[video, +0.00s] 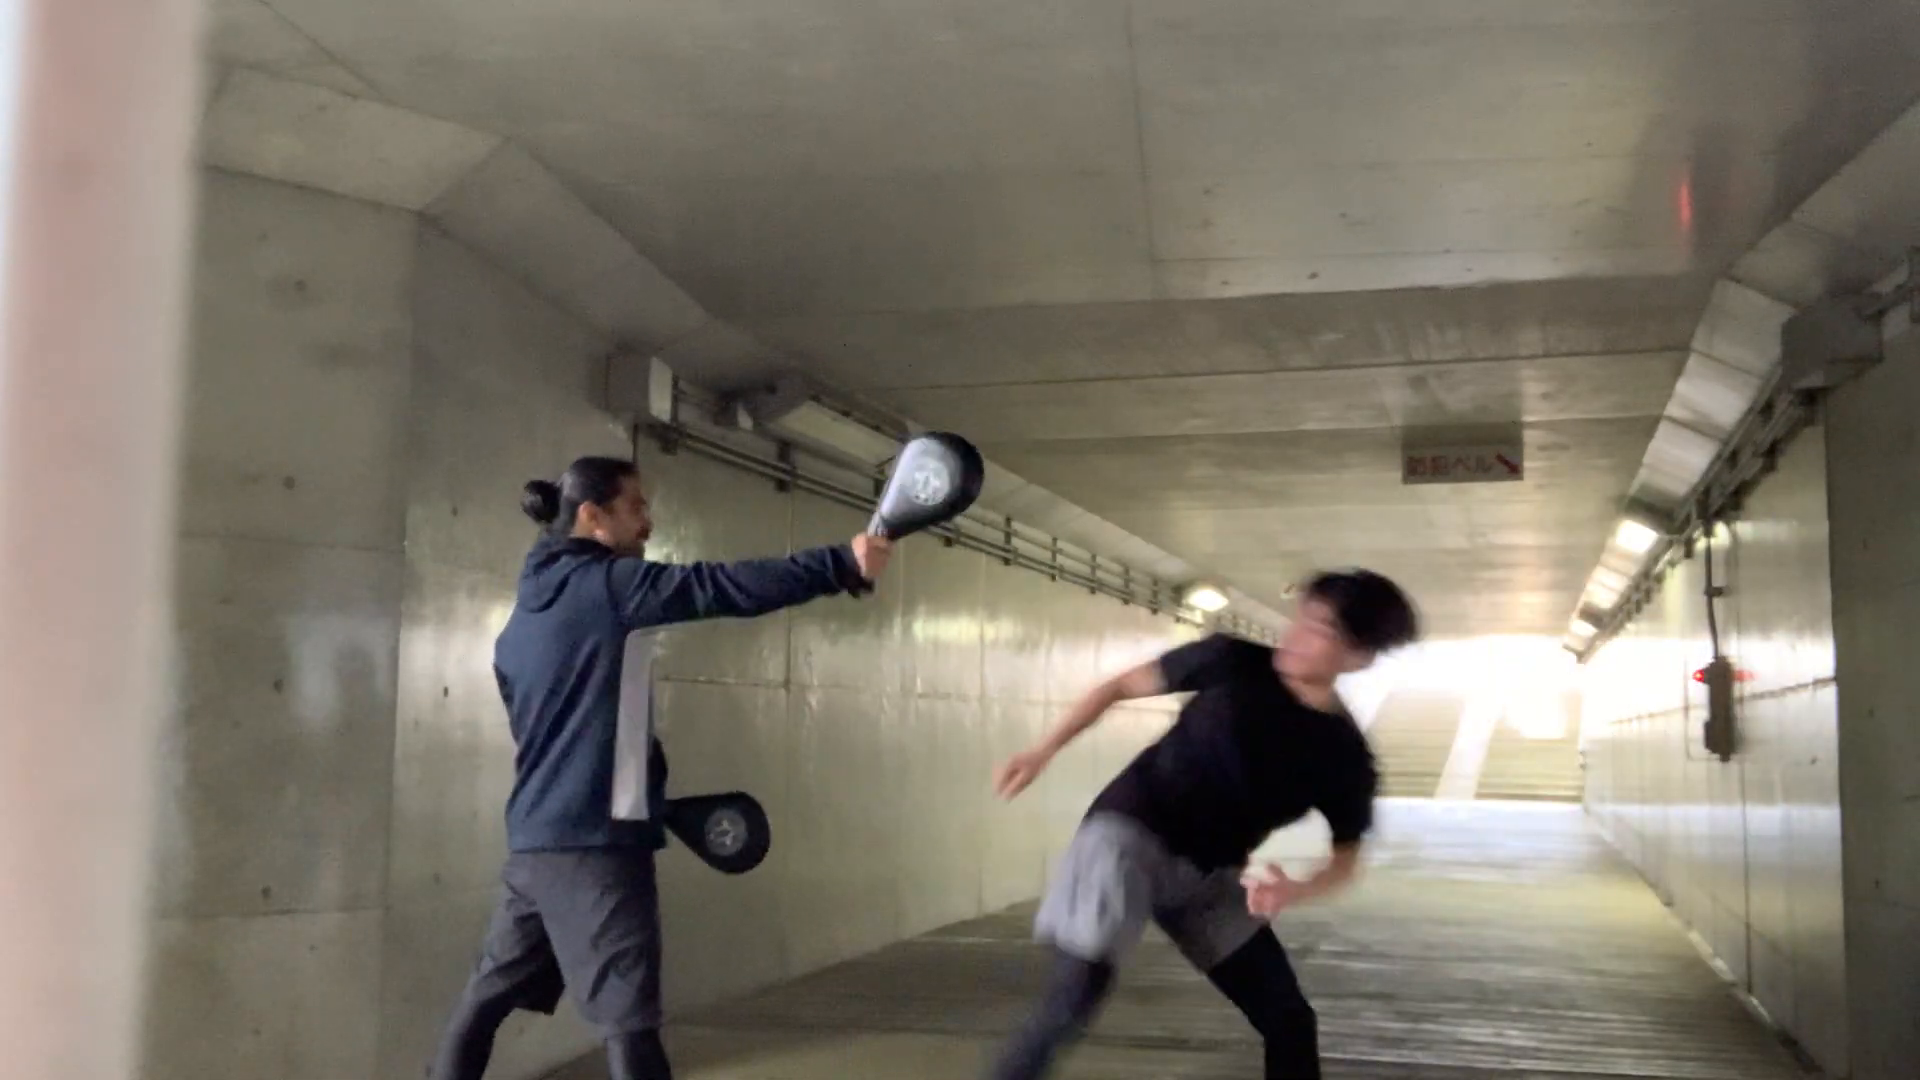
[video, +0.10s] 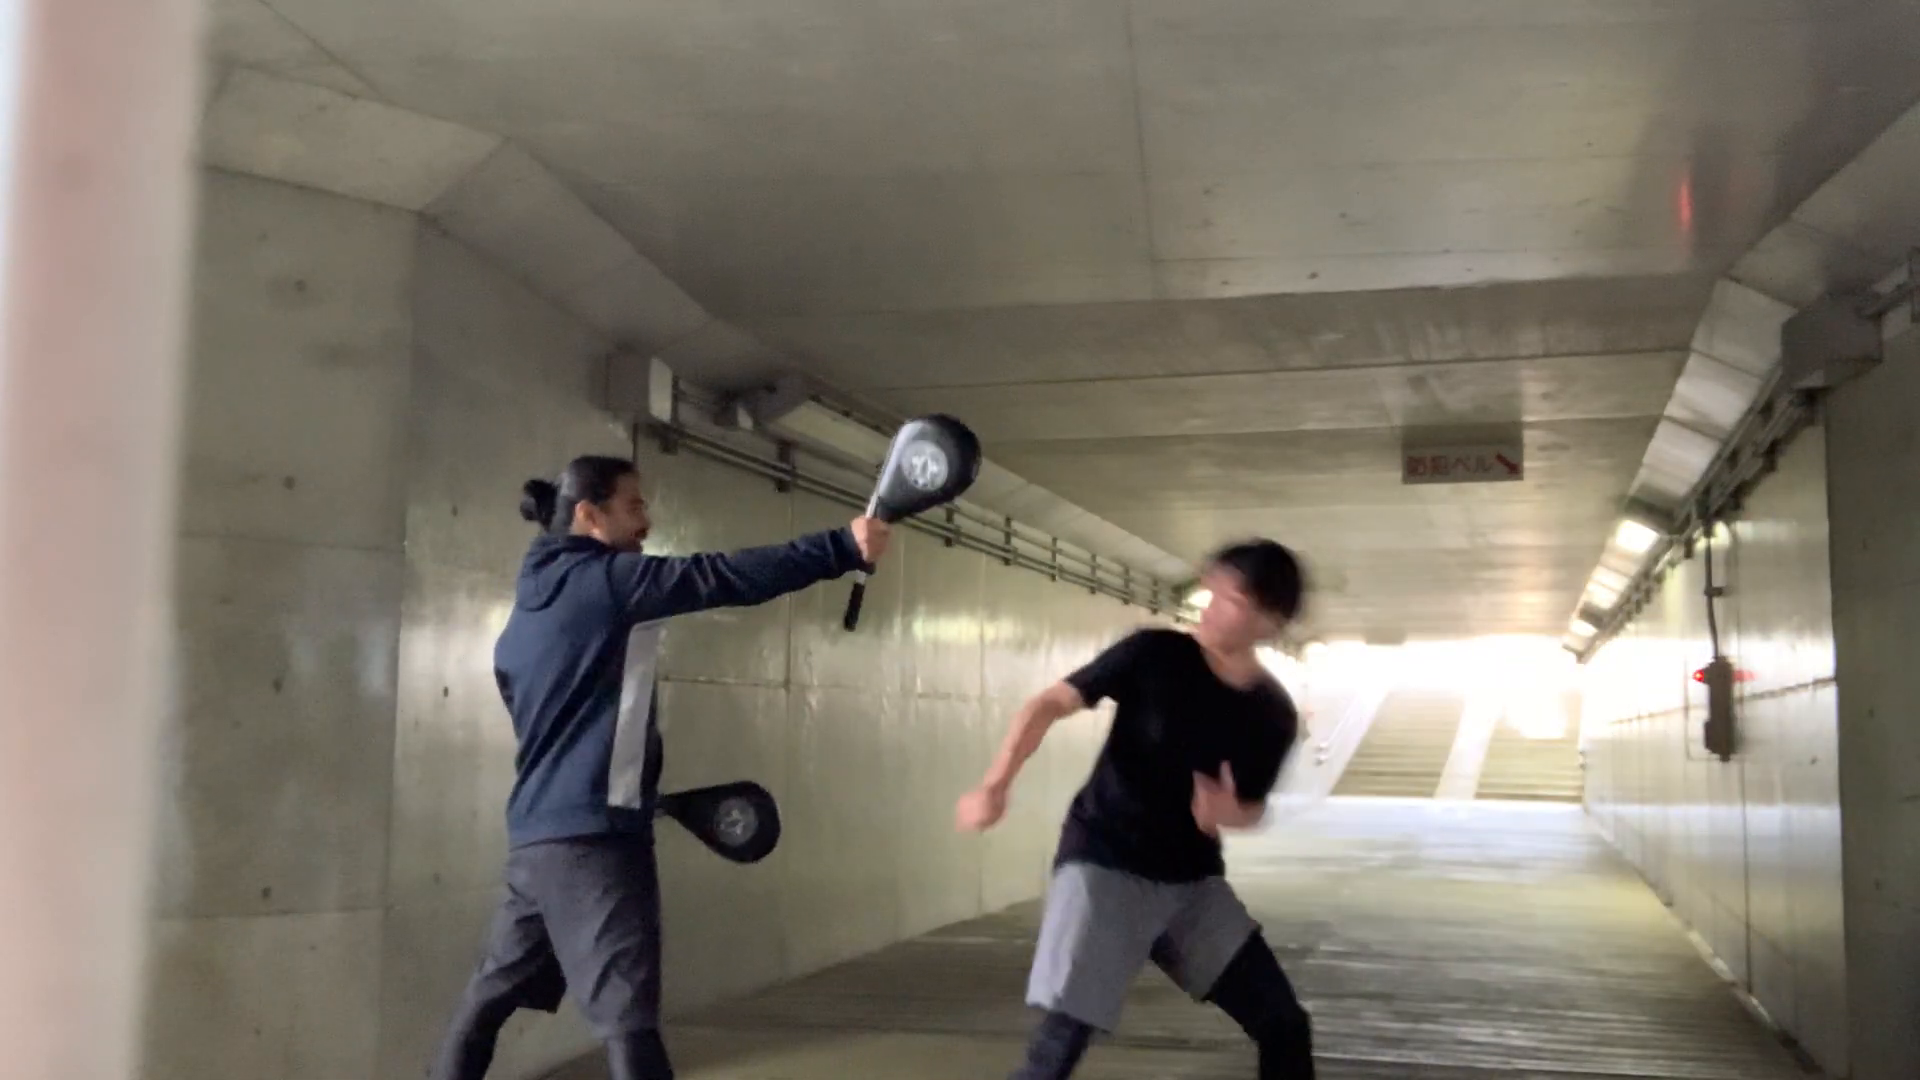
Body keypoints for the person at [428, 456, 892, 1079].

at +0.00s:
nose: (648, 521)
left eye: (645, 506)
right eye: (637, 506)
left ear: (585, 518)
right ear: (592, 515)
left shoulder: (518, 628)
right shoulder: (611, 583)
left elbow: (550, 740)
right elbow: (721, 586)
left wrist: (640, 789)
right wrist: (843, 564)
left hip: (536, 835)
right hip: (594, 837)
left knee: (485, 1000)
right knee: (630, 1025)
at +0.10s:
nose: (646, 520)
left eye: (644, 506)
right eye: (634, 506)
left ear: (582, 517)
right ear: (588, 514)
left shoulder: (520, 624)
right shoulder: (612, 579)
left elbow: (552, 740)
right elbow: (726, 577)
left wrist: (636, 785)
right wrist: (844, 546)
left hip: (536, 834)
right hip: (594, 834)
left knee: (487, 1000)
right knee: (628, 1022)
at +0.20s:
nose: (643, 522)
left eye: (640, 508)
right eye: (631, 508)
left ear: (579, 519)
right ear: (585, 515)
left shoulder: (516, 629)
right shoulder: (610, 579)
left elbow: (550, 743)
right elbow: (722, 574)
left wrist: (635, 781)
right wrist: (841, 540)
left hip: (539, 837)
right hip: (598, 837)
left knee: (489, 999)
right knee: (631, 1023)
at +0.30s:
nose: (640, 521)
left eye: (638, 507)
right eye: (628, 508)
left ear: (577, 520)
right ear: (582, 515)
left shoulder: (514, 630)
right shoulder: (608, 578)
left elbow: (549, 745)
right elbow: (721, 572)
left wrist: (640, 786)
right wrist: (841, 540)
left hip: (539, 835)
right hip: (600, 835)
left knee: (490, 997)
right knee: (632, 1021)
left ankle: (446, 1077)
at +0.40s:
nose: (636, 520)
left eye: (634, 506)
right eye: (624, 507)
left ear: (574, 520)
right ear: (579, 515)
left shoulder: (513, 627)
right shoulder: (604, 579)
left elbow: (547, 744)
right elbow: (718, 572)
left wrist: (642, 792)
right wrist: (840, 541)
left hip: (539, 836)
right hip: (599, 835)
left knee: (490, 998)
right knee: (631, 1022)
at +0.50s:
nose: (634, 519)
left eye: (631, 506)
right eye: (622, 506)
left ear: (571, 519)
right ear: (575, 514)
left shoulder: (510, 631)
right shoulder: (604, 579)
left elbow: (546, 746)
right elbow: (717, 573)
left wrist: (646, 795)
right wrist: (838, 543)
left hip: (538, 837)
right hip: (599, 837)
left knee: (487, 1001)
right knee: (630, 1023)